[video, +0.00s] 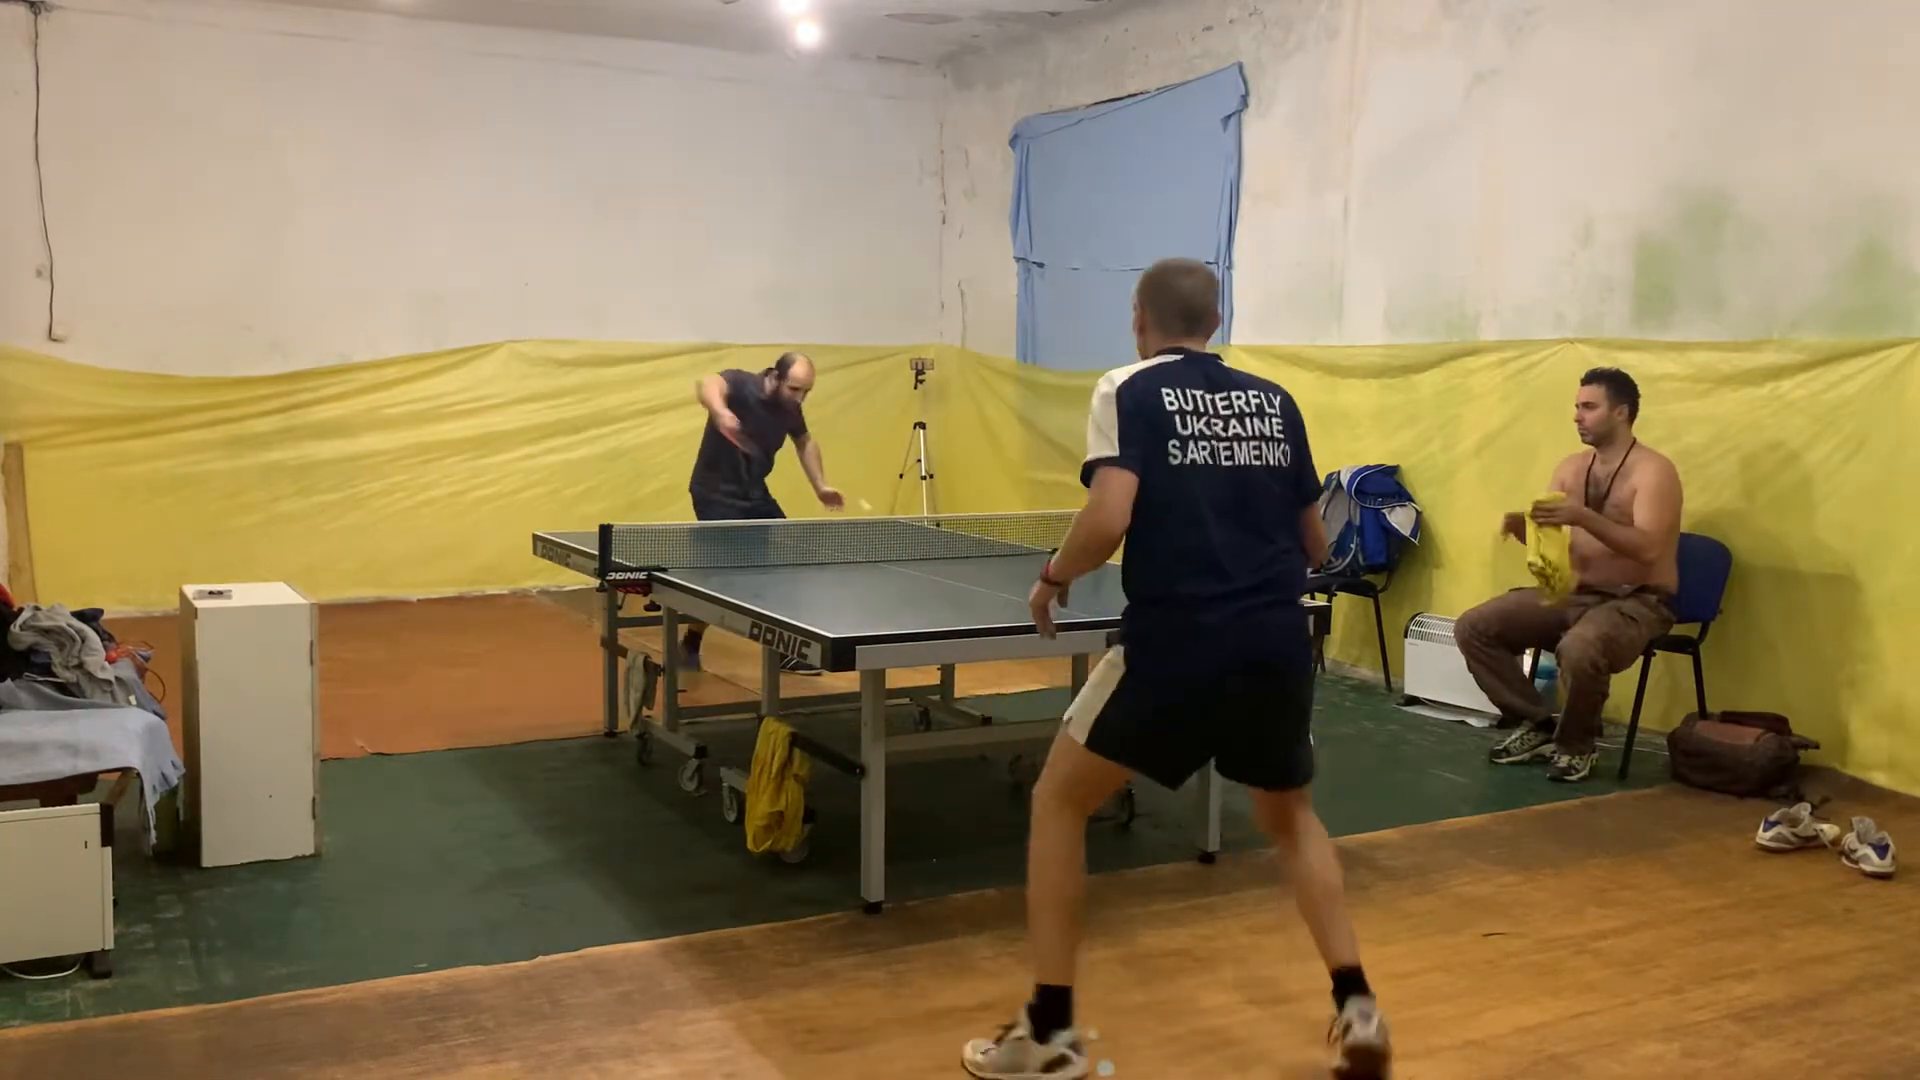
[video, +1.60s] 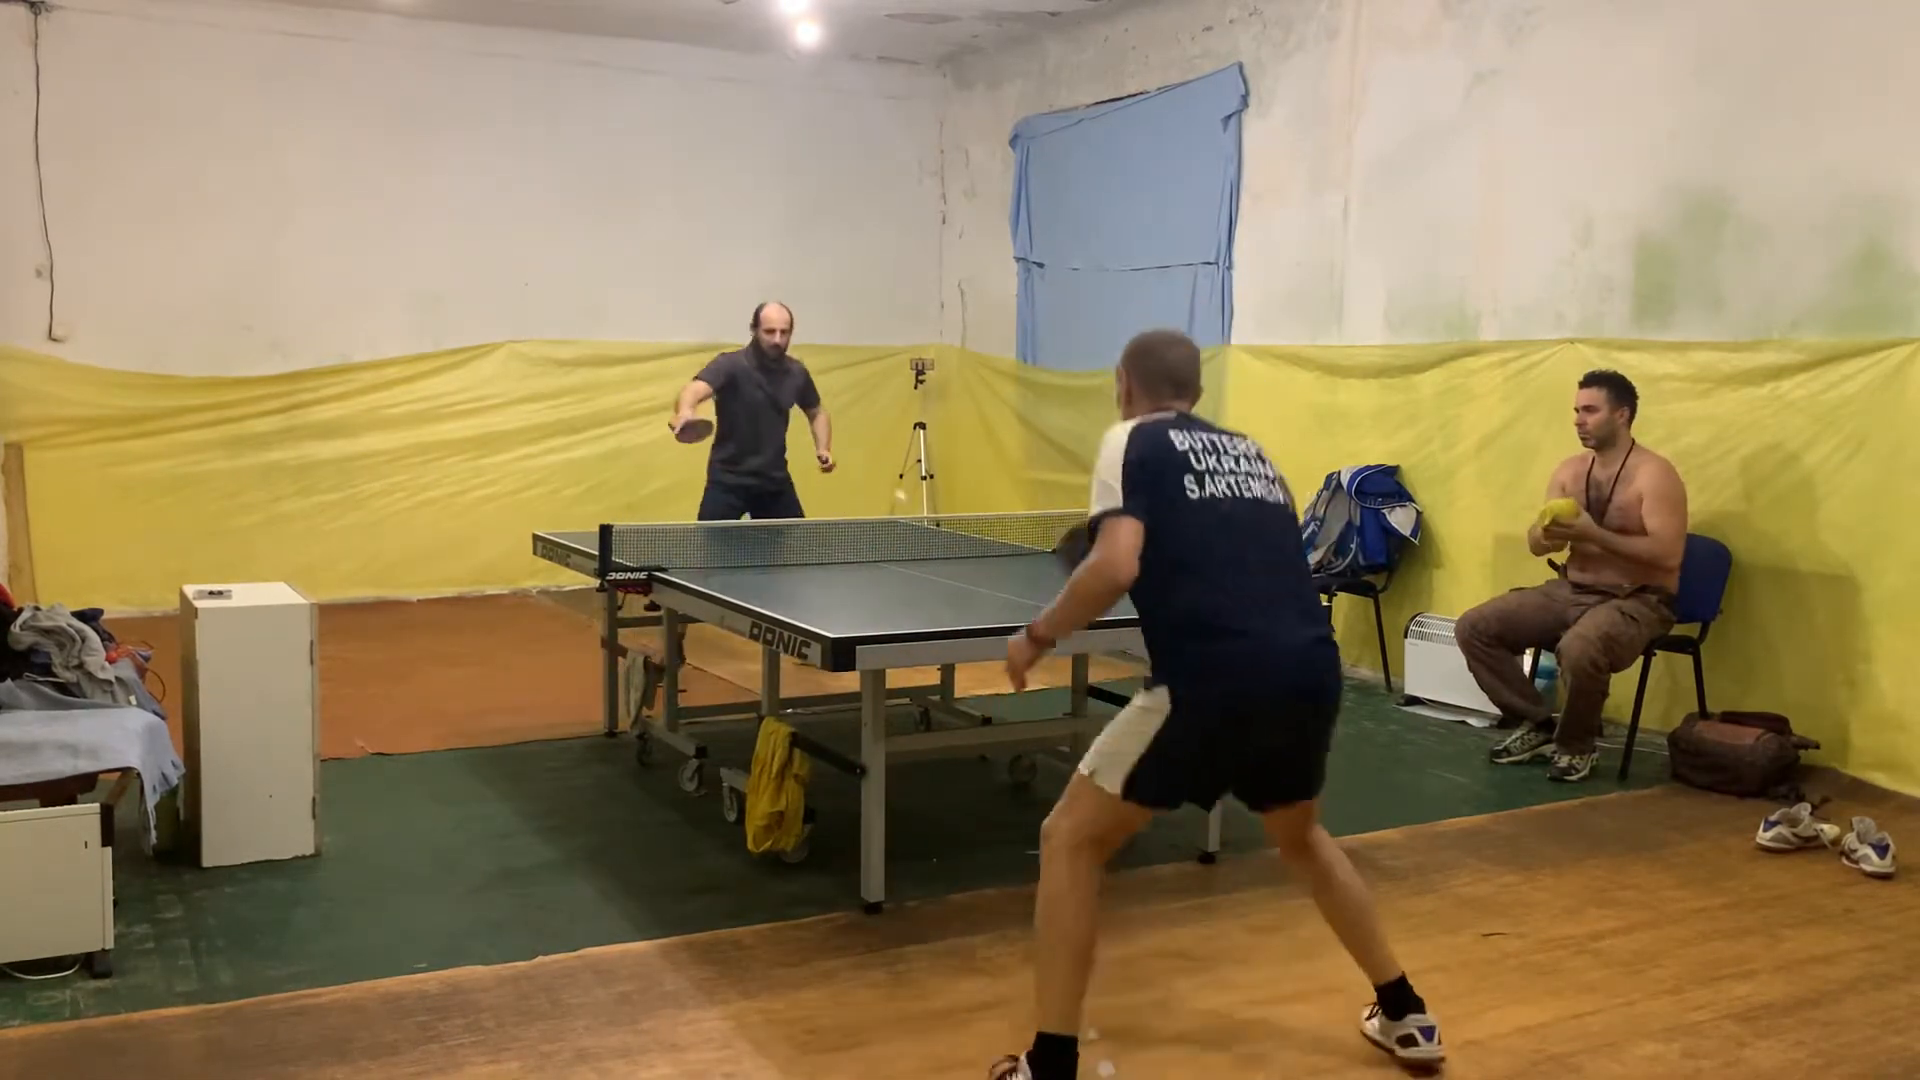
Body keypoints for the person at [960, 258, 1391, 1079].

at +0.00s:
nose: (1132, 333)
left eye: (1133, 322)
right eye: (1140, 323)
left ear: (1141, 326)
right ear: (1215, 327)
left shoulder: (1126, 389)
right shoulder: (1276, 399)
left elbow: (1109, 517)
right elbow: (1316, 542)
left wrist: (1057, 572)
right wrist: (1249, 535)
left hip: (1169, 650)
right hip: (1277, 650)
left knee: (1061, 799)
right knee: (1292, 814)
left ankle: (1048, 1027)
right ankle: (1356, 1000)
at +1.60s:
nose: (1114, 402)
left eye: (1114, 391)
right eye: (1117, 393)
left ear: (1125, 391)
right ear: (1194, 393)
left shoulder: (1129, 438)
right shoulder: (1248, 450)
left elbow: (1117, 562)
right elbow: (1277, 559)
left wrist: (1040, 634)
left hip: (1206, 684)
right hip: (1308, 678)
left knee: (1071, 837)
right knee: (1302, 833)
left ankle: (1050, 1063)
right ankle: (1405, 1012)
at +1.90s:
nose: (1102, 416)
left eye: (1102, 399)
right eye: (1101, 401)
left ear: (1123, 393)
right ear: (1178, 393)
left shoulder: (1174, 451)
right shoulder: (1215, 456)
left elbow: (1160, 608)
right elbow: (1248, 620)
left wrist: (1040, 623)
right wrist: (1167, 671)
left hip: (1247, 706)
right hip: (1312, 698)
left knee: (1065, 840)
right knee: (1279, 853)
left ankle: (1054, 1066)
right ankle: (1401, 1016)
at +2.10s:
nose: (1133, 360)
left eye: (1136, 344)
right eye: (1136, 344)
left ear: (1158, 344)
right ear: (1222, 352)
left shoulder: (1155, 438)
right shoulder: (1264, 438)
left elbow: (1062, 588)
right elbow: (1234, 404)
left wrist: (939, 609)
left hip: (1156, 714)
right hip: (1246, 704)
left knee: (1010, 870)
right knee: (1198, 835)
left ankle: (1069, 1071)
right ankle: (1324, 1009)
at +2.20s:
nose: (1134, 350)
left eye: (1137, 335)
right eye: (1137, 334)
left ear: (1155, 338)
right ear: (1220, 344)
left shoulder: (1140, 441)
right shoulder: (1274, 441)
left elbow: (1051, 581)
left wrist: (939, 611)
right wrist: (1327, 431)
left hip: (1146, 712)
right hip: (1242, 703)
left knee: (1015, 872)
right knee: (1200, 837)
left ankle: (1070, 1072)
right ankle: (1320, 1010)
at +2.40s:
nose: (1157, 289)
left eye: (1161, 276)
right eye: (1164, 275)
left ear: (1174, 284)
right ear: (1246, 295)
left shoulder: (1137, 371)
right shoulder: (1303, 386)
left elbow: (1077, 518)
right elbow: (1371, 506)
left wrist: (1011, 566)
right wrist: (1375, 480)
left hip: (1174, 653)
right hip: (1290, 648)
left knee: (1076, 835)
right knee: (1320, 804)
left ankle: (1063, 1055)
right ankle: (1376, 995)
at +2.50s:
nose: (1179, 313)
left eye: (1182, 300)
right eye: (1186, 299)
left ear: (1192, 309)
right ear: (1267, 321)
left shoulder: (1147, 390)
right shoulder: (1320, 406)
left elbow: (1098, 539)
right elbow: (1388, 546)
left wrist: (1061, 611)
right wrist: (1390, 516)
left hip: (1191, 666)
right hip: (1305, 663)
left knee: (1094, 841)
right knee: (1362, 817)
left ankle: (1046, 1059)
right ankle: (1448, 1002)